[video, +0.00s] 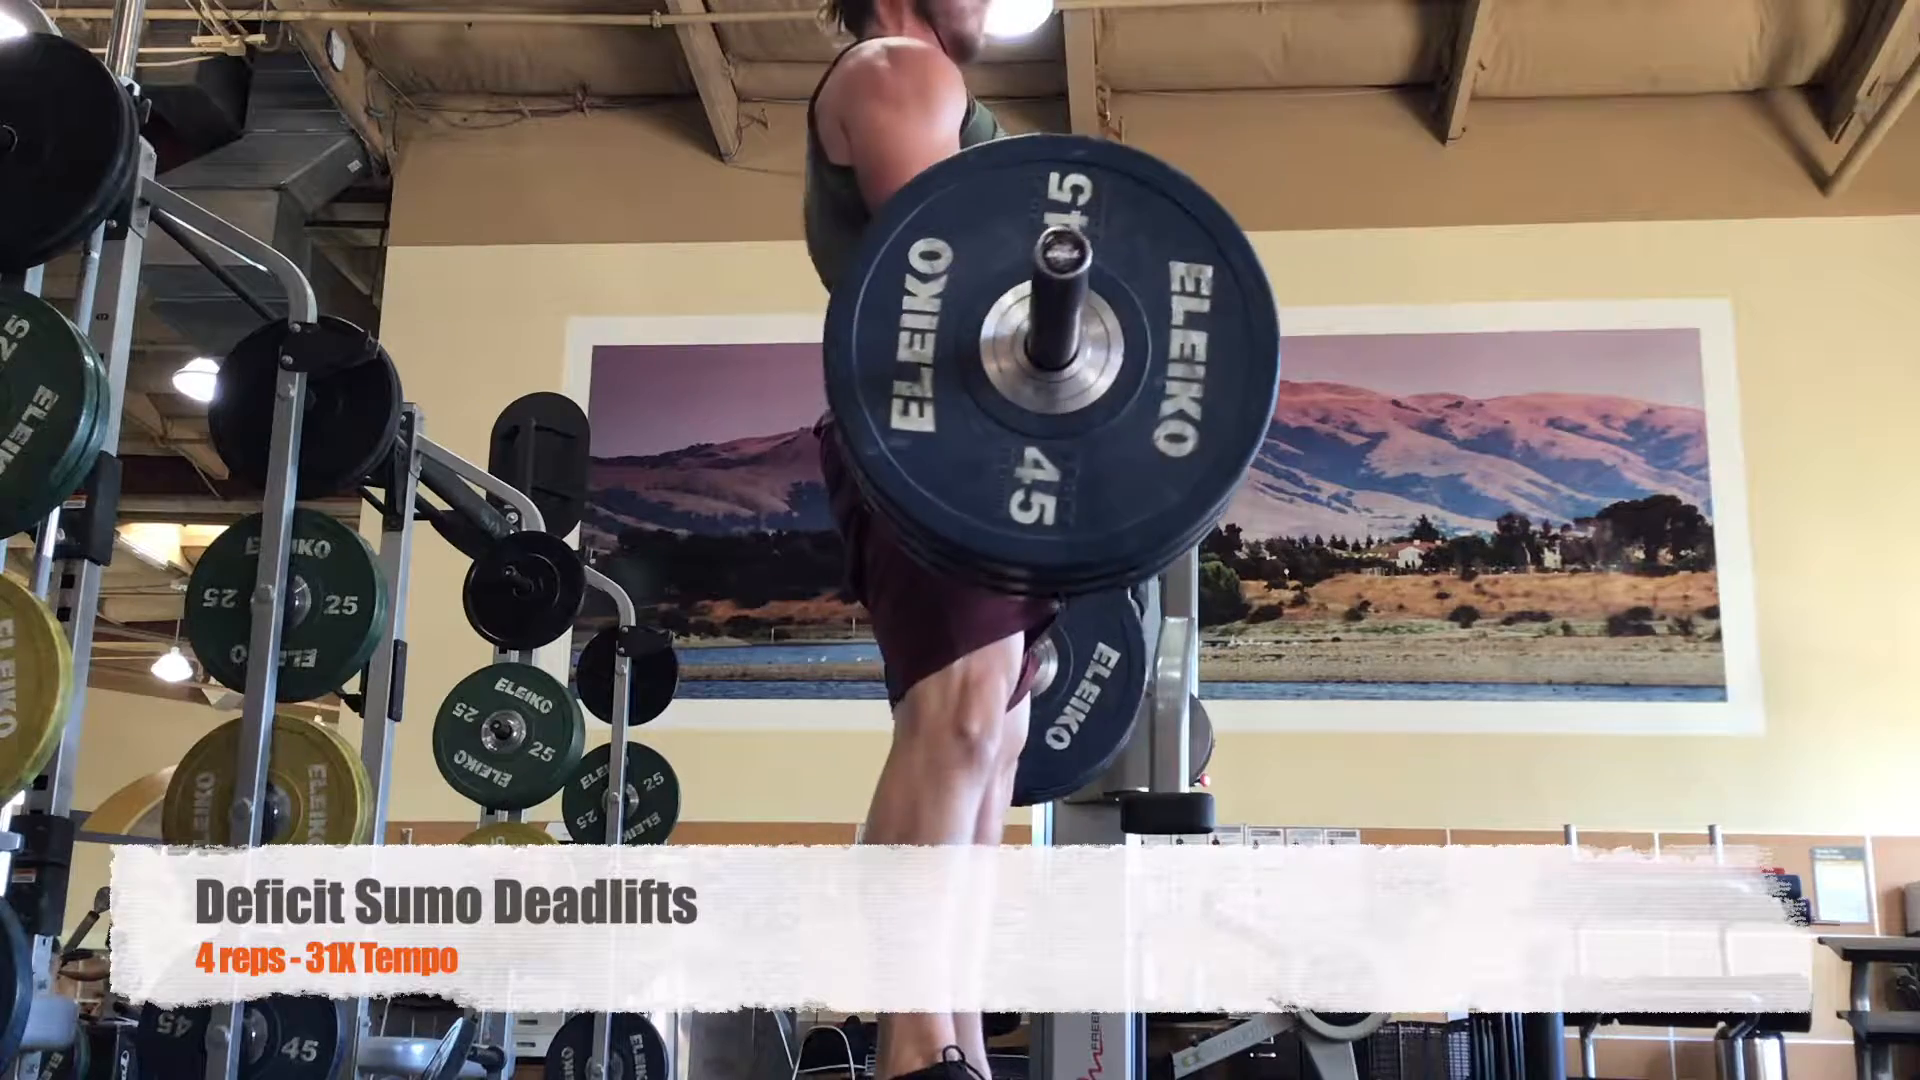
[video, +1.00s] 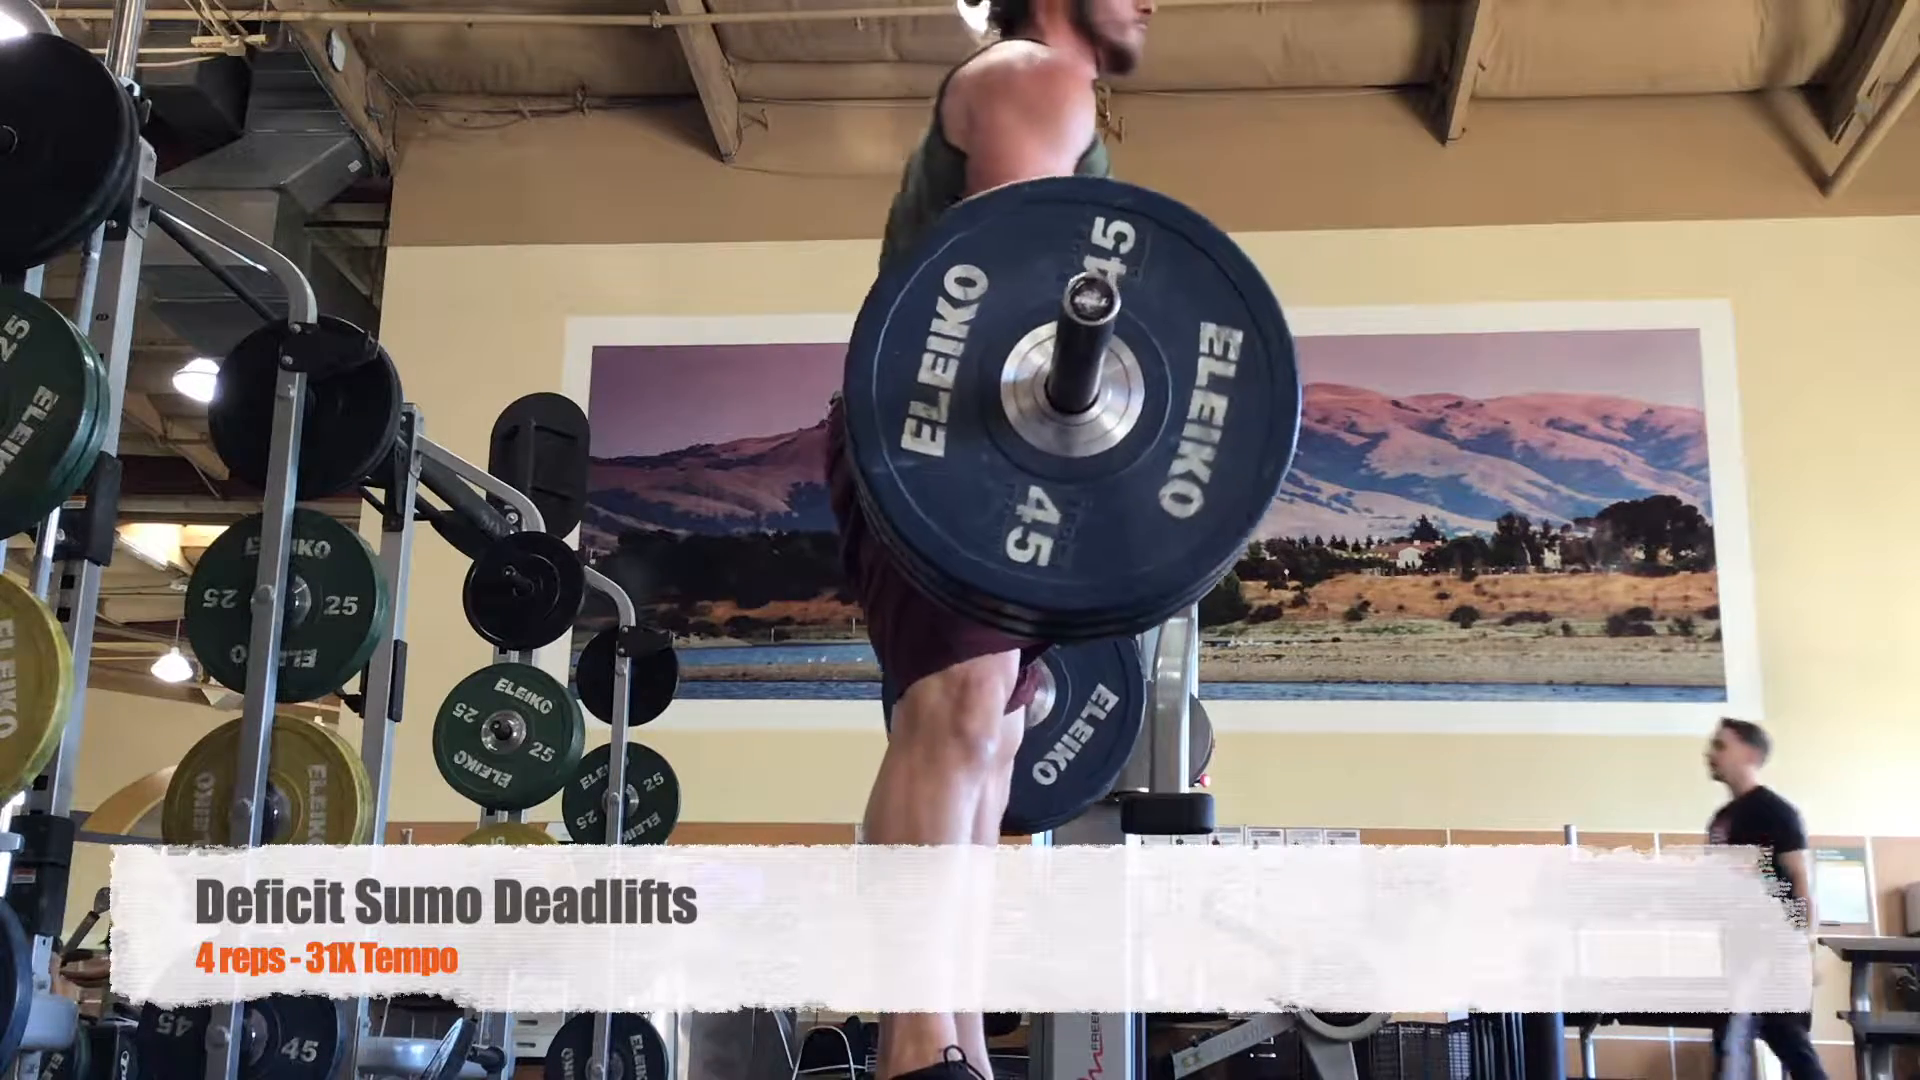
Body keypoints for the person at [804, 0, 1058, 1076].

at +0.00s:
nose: (994, 4)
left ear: (901, 11)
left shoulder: (931, 87)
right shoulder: (895, 70)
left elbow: (975, 278)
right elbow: (956, 271)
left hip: (969, 428)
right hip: (916, 423)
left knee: (997, 722)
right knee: (959, 711)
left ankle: (957, 1034)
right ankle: (912, 1045)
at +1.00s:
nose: (1148, 6)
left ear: (1058, 14)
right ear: (1061, 1)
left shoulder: (1053, 96)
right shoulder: (1031, 75)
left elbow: (1035, 328)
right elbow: (1030, 312)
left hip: (981, 443)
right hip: (926, 430)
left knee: (996, 718)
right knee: (961, 704)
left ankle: (953, 1035)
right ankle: (914, 1047)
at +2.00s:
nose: (1299, 129)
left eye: (1297, 108)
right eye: (1282, 103)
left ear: (1221, 116)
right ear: (1209, 106)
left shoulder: (1162, 246)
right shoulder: (1132, 192)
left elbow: (1105, 438)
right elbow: (1069, 407)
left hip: (905, 448)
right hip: (839, 426)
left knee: (991, 721)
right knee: (934, 701)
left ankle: (955, 1029)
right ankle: (907, 1037)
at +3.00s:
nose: (1382, 482)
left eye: (1388, 462)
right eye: (1374, 447)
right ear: (1301, 423)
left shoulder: (1193, 599)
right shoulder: (1169, 493)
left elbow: (1134, 771)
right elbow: (1081, 735)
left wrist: (1138, 950)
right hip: (810, 557)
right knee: (1047, 707)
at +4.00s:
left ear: (944, 3)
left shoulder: (994, 65)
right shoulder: (975, 55)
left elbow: (999, 272)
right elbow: (989, 262)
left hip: (1002, 438)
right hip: (951, 432)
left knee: (1015, 727)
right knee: (973, 714)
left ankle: (963, 1038)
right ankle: (915, 1045)